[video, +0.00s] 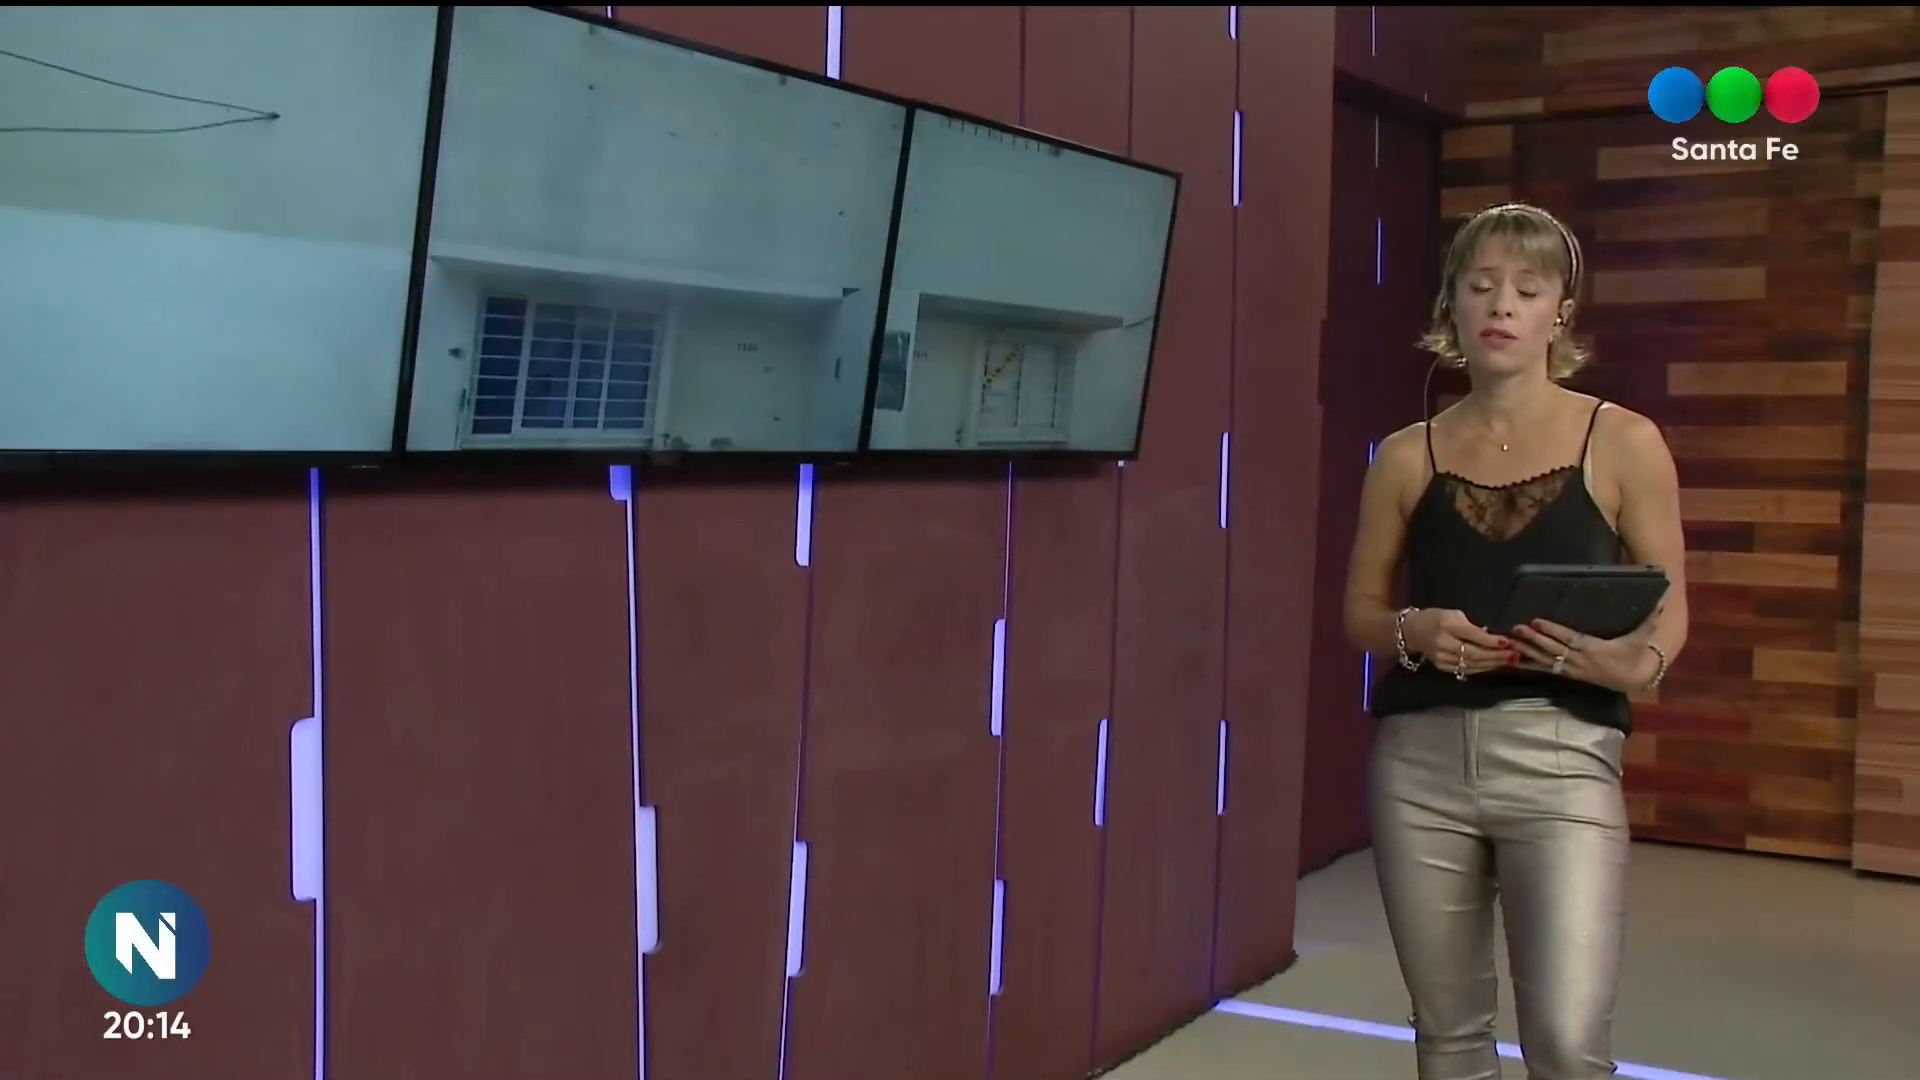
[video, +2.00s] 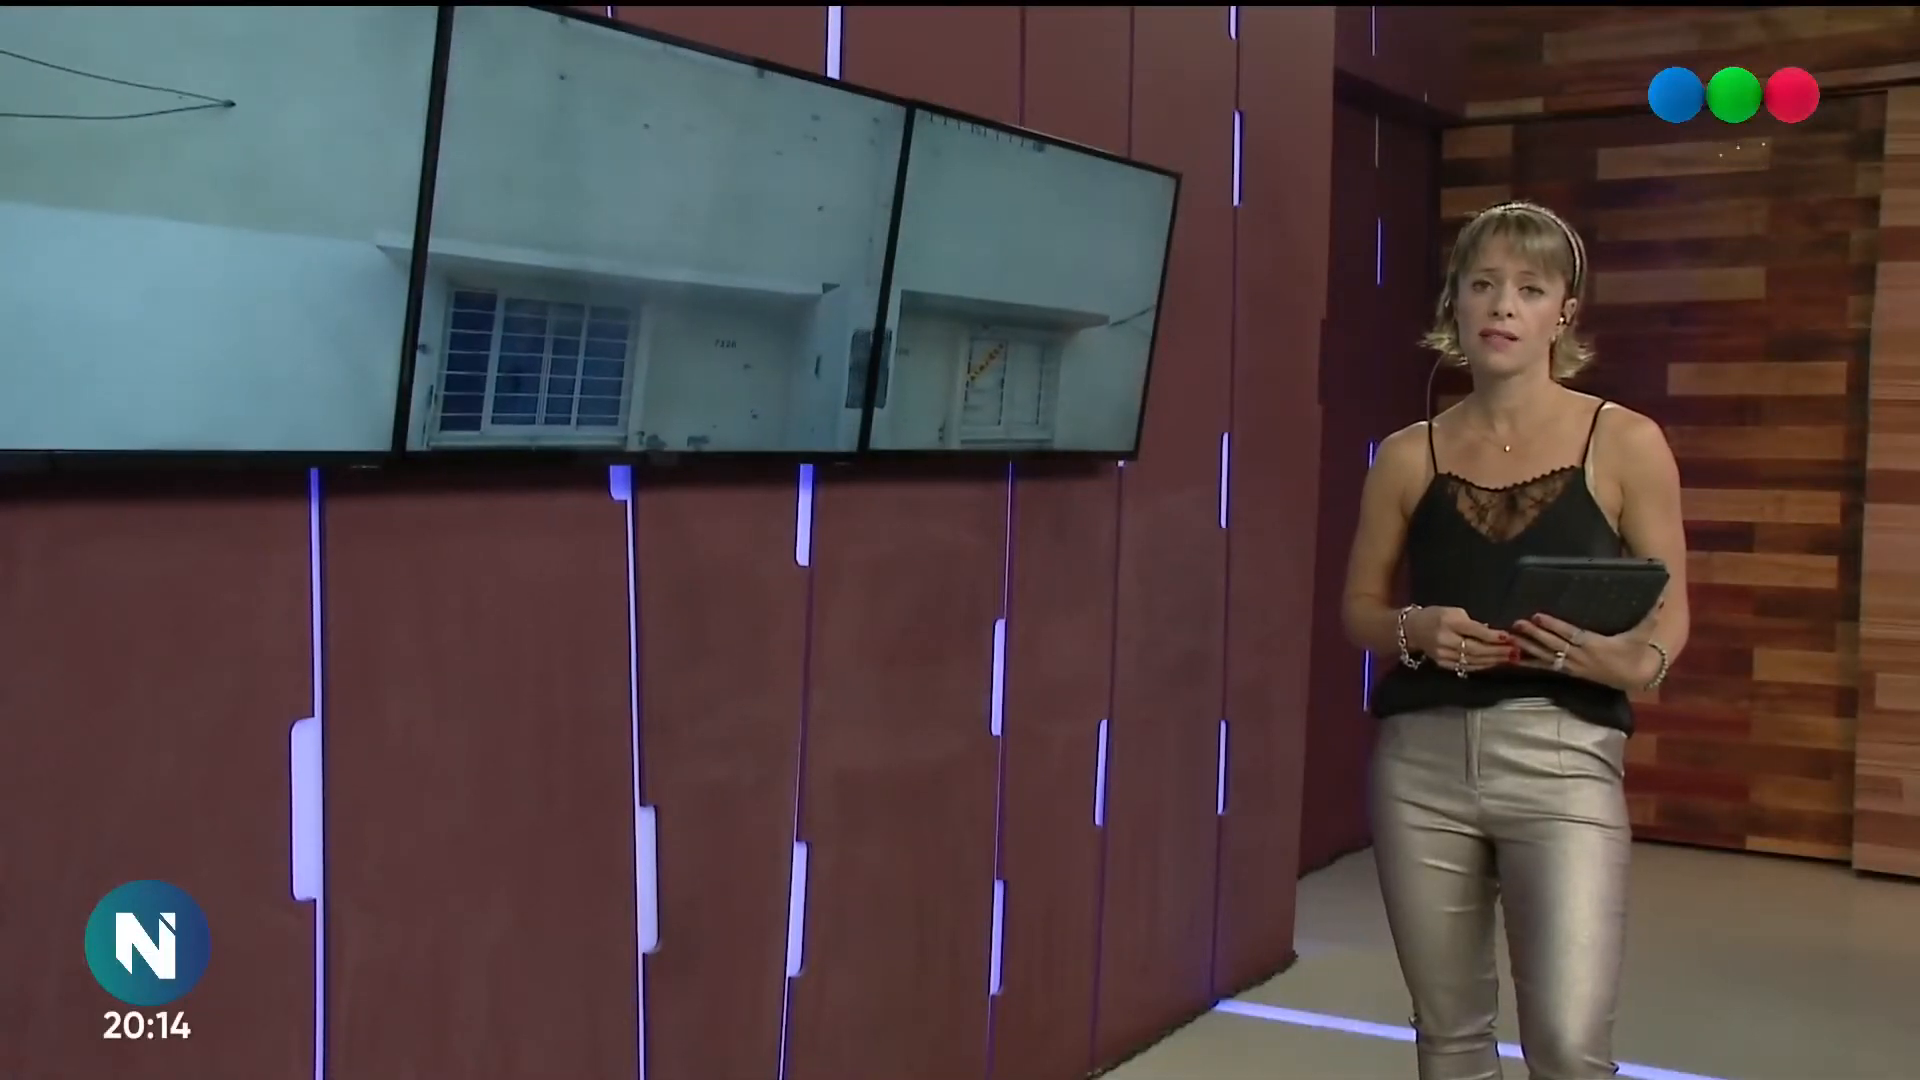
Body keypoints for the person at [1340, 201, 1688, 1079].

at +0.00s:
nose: (1499, 305)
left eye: (1525, 289)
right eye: (1481, 284)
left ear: (1559, 314)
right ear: (1452, 305)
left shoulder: (1624, 444)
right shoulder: (1405, 459)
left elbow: (1667, 604)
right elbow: (1360, 611)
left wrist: (1630, 665)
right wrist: (1411, 632)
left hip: (1560, 766)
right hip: (1418, 767)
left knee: (1566, 1049)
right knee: (1448, 1042)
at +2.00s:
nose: (1500, 304)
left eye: (1527, 288)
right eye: (1481, 284)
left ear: (1563, 313)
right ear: (1454, 305)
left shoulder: (1626, 444)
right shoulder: (1406, 459)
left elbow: (1668, 611)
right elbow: (1359, 609)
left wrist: (1629, 663)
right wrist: (1411, 630)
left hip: (1562, 768)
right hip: (1420, 768)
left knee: (1567, 1049)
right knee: (1449, 1042)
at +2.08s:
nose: (1501, 304)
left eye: (1527, 288)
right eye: (1482, 284)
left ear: (1563, 313)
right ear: (1454, 305)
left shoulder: (1626, 444)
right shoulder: (1406, 458)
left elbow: (1668, 610)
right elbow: (1359, 607)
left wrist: (1631, 663)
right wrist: (1411, 630)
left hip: (1562, 768)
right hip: (1420, 768)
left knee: (1567, 1050)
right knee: (1448, 1042)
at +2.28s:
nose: (1500, 305)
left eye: (1527, 288)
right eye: (1482, 284)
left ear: (1562, 313)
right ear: (1454, 305)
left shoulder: (1625, 444)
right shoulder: (1405, 459)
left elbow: (1667, 607)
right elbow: (1359, 610)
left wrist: (1634, 664)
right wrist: (1411, 630)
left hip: (1561, 768)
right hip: (1419, 769)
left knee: (1566, 1049)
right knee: (1448, 1042)